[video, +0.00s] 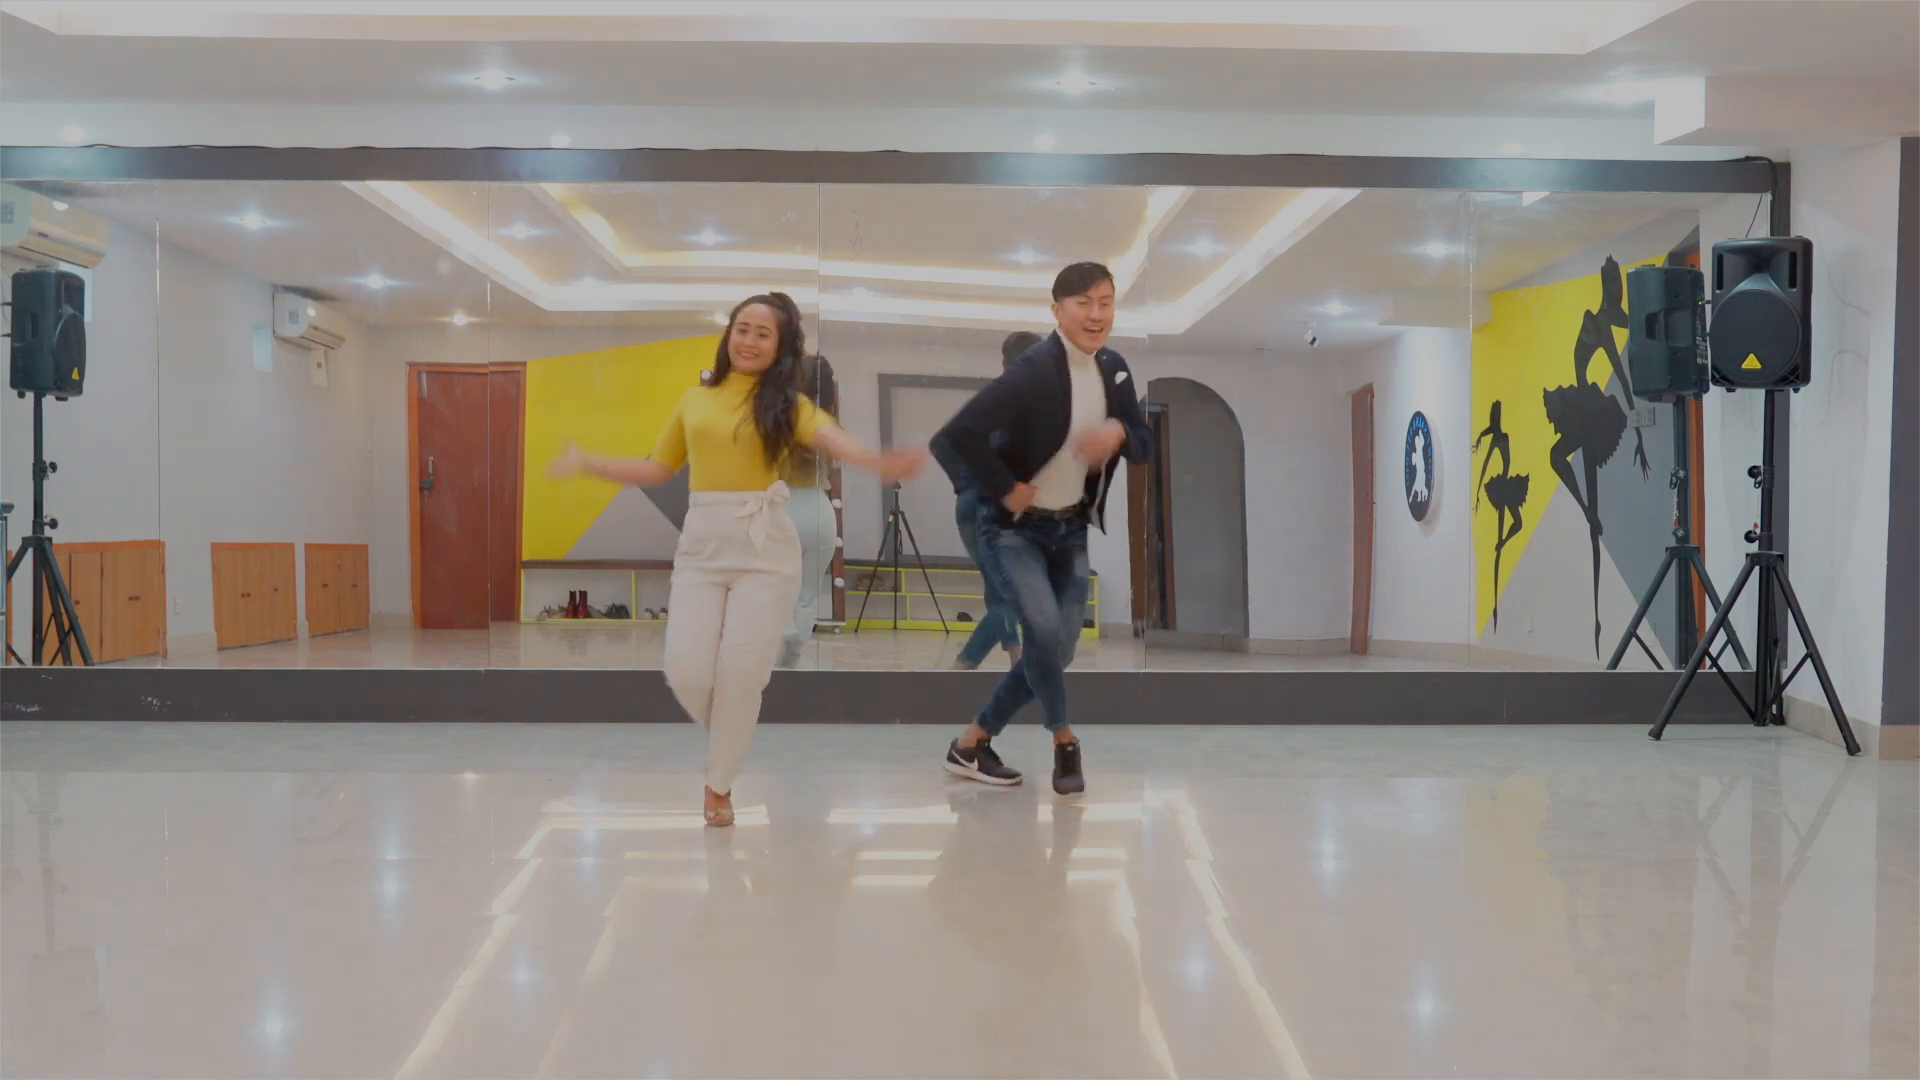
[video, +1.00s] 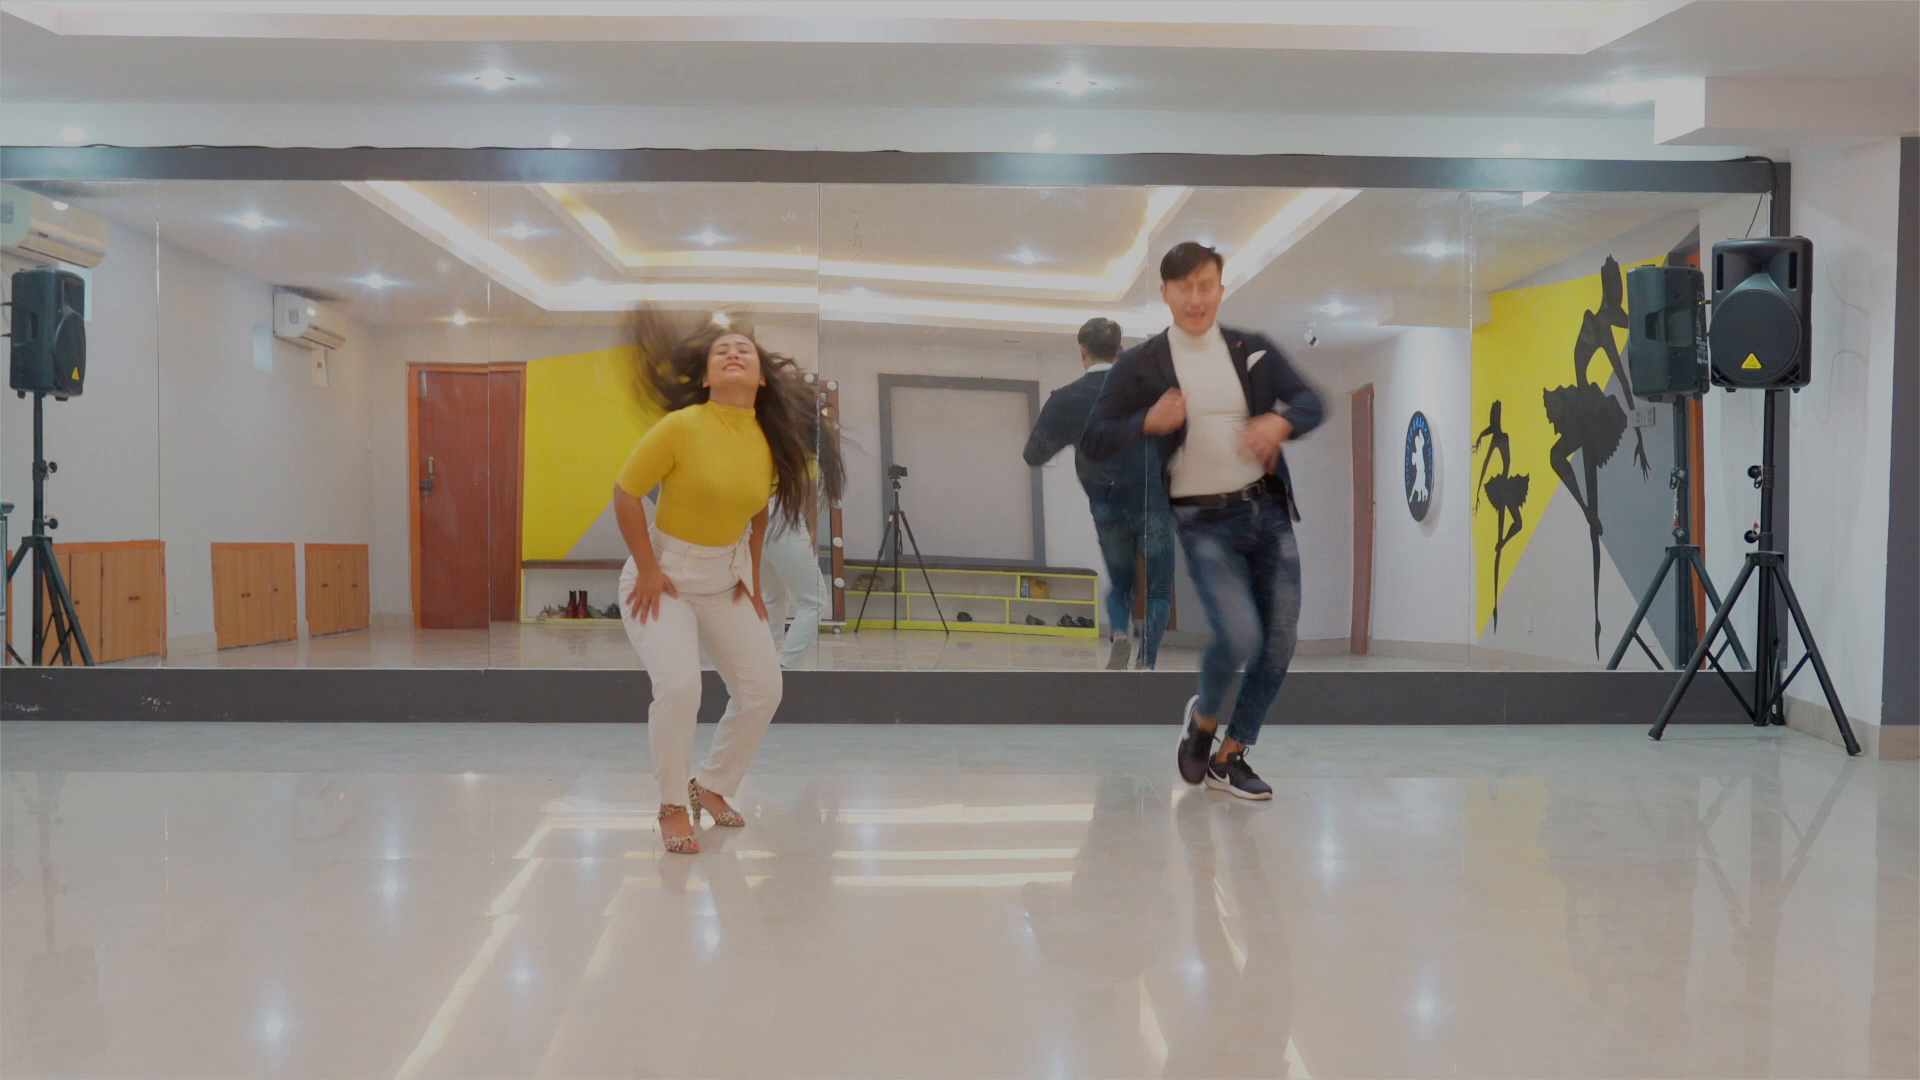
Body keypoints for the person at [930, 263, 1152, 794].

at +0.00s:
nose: (1097, 314)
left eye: (1106, 302)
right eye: (1084, 303)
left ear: (1115, 308)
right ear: (1057, 309)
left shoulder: (1114, 369)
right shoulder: (1034, 371)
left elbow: (1144, 447)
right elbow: (954, 438)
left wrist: (1120, 435)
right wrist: (1005, 486)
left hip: (1070, 528)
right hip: (1010, 524)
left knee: (1056, 649)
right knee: (1043, 630)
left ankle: (972, 743)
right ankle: (1064, 741)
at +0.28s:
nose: (1083, 307)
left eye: (1093, 295)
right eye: (1071, 296)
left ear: (1107, 297)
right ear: (1050, 302)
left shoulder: (1133, 363)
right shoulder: (1018, 365)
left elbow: (1146, 447)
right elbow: (951, 435)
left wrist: (1101, 497)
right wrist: (986, 455)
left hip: (1110, 521)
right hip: (1050, 520)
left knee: (1096, 650)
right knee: (1105, 641)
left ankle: (994, 724)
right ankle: (1044, 756)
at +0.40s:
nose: (1098, 302)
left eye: (1108, 290)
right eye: (1086, 291)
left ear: (1122, 294)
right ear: (1067, 298)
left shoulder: (1155, 358)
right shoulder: (1044, 362)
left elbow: (1223, 424)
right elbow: (988, 438)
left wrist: (1191, 495)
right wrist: (1040, 417)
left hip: (1126, 519)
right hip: (1060, 512)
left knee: (1159, 637)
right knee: (1072, 634)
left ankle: (1089, 719)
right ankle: (1038, 753)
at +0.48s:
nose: (1121, 299)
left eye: (1131, 288)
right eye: (1109, 288)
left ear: (1146, 292)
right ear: (1092, 296)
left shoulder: (1181, 351)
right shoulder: (1068, 363)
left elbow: (1238, 390)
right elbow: (1031, 441)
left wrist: (1224, 462)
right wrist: (1087, 425)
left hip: (1140, 516)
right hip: (1069, 510)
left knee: (1186, 640)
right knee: (1051, 630)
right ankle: (1032, 754)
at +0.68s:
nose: (1173, 305)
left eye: (1183, 293)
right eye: (1160, 294)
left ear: (1197, 289)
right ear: (1140, 295)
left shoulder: (1222, 342)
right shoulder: (1120, 362)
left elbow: (1262, 384)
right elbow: (1070, 448)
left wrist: (1274, 408)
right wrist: (1129, 497)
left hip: (1217, 513)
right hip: (1144, 517)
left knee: (1248, 640)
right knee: (1096, 615)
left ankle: (1231, 753)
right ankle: (1095, 726)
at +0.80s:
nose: (1186, 314)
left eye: (1197, 301)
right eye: (1173, 301)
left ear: (1210, 295)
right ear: (1153, 297)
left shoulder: (1230, 355)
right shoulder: (1119, 362)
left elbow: (1279, 428)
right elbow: (1088, 444)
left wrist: (1261, 402)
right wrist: (1144, 489)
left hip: (1248, 508)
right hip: (1186, 518)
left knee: (1262, 645)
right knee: (1225, 643)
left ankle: (1230, 753)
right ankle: (1181, 719)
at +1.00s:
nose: (1196, 299)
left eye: (1205, 287)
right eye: (1184, 288)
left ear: (1221, 288)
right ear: (1165, 292)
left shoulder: (1252, 350)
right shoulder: (1141, 363)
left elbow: (1312, 402)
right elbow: (1094, 442)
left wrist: (1282, 420)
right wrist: (1145, 423)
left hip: (1266, 511)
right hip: (1201, 518)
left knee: (1278, 644)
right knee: (1240, 638)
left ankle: (1230, 756)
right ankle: (1204, 723)